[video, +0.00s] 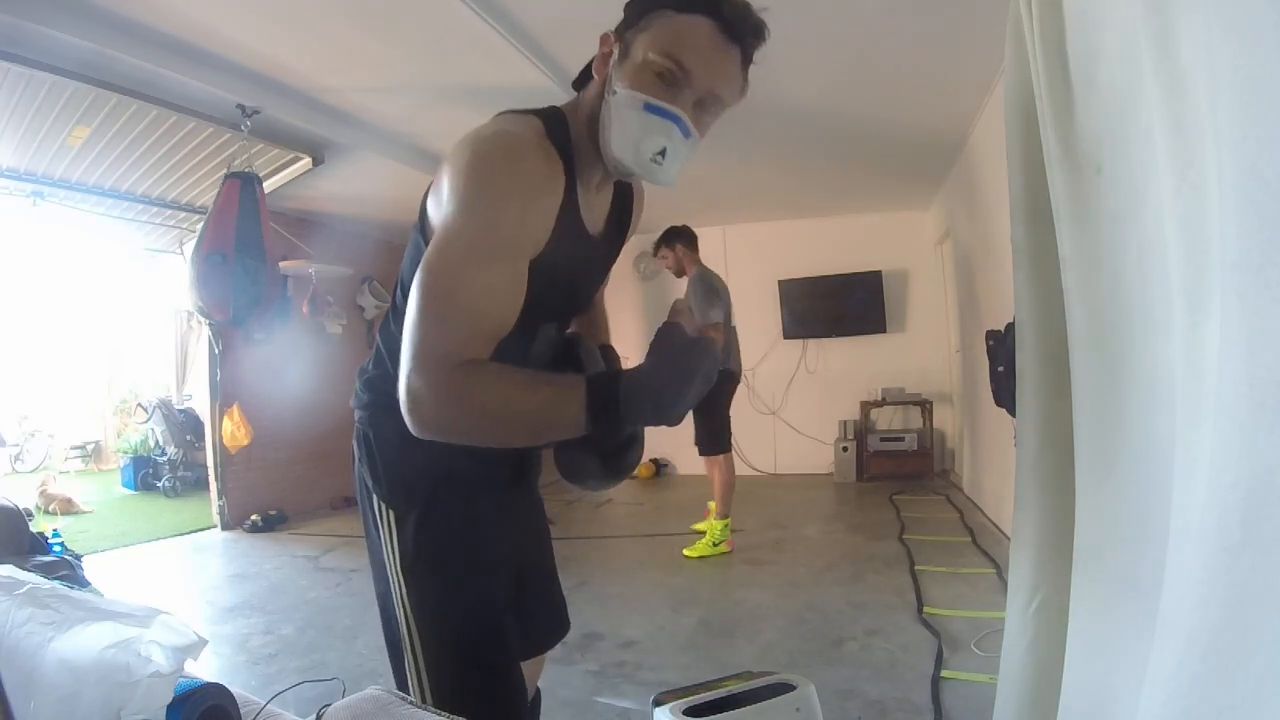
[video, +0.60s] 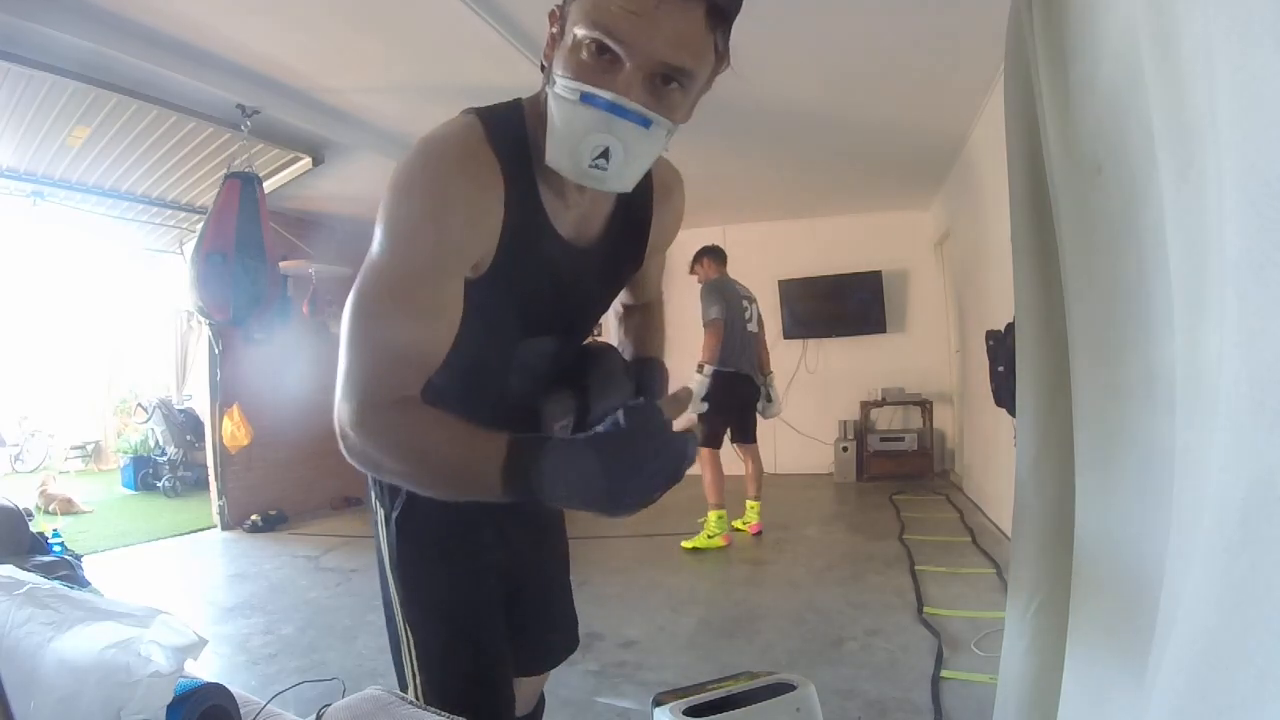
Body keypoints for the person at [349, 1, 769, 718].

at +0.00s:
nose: (679, 116)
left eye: (707, 107)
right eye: (666, 76)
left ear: (719, 120)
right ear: (608, 54)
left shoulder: (622, 195)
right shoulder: (506, 158)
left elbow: (583, 300)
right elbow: (433, 398)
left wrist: (603, 405)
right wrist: (636, 395)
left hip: (504, 434)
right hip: (421, 444)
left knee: (531, 636)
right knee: (480, 695)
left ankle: (521, 708)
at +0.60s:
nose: (622, 102)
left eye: (667, 80)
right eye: (600, 53)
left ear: (707, 84)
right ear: (553, 34)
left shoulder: (656, 194)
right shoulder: (453, 171)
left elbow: (640, 302)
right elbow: (368, 421)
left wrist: (641, 385)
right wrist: (547, 472)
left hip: (535, 456)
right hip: (431, 469)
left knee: (529, 678)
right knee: (472, 703)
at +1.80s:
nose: (703, 120)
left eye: (728, 89)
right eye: (681, 79)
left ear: (747, 71)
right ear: (577, 38)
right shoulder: (449, 160)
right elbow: (384, 444)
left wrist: (625, 456)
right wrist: (551, 368)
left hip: (533, 473)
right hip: (431, 483)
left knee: (519, 686)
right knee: (464, 704)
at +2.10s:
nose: (664, 112)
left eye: (699, 85)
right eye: (640, 68)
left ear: (728, 66)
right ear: (560, 27)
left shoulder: (655, 182)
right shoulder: (454, 144)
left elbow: (642, 302)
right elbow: (410, 391)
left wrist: (648, 394)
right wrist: (650, 482)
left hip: (531, 433)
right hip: (428, 447)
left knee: (519, 676)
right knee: (457, 697)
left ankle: (516, 704)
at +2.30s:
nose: (637, 81)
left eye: (682, 64)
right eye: (618, 32)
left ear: (711, 83)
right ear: (561, 21)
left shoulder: (661, 190)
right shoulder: (450, 149)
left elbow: (646, 311)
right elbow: (368, 423)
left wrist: (646, 417)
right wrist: (613, 507)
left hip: (533, 464)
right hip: (424, 466)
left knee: (520, 682)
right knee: (460, 702)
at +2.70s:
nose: (632, 74)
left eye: (678, 54)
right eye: (610, 26)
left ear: (710, 76)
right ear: (556, 21)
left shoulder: (667, 190)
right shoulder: (446, 156)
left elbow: (653, 307)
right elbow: (381, 430)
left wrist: (651, 423)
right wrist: (587, 521)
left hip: (539, 477)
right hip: (431, 472)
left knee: (520, 687)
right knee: (460, 703)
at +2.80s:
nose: (636, 78)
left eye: (681, 58)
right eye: (612, 29)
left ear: (712, 75)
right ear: (557, 21)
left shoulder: (669, 190)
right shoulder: (447, 157)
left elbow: (653, 308)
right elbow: (390, 426)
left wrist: (655, 420)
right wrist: (589, 524)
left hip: (537, 475)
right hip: (430, 468)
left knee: (522, 687)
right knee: (463, 705)